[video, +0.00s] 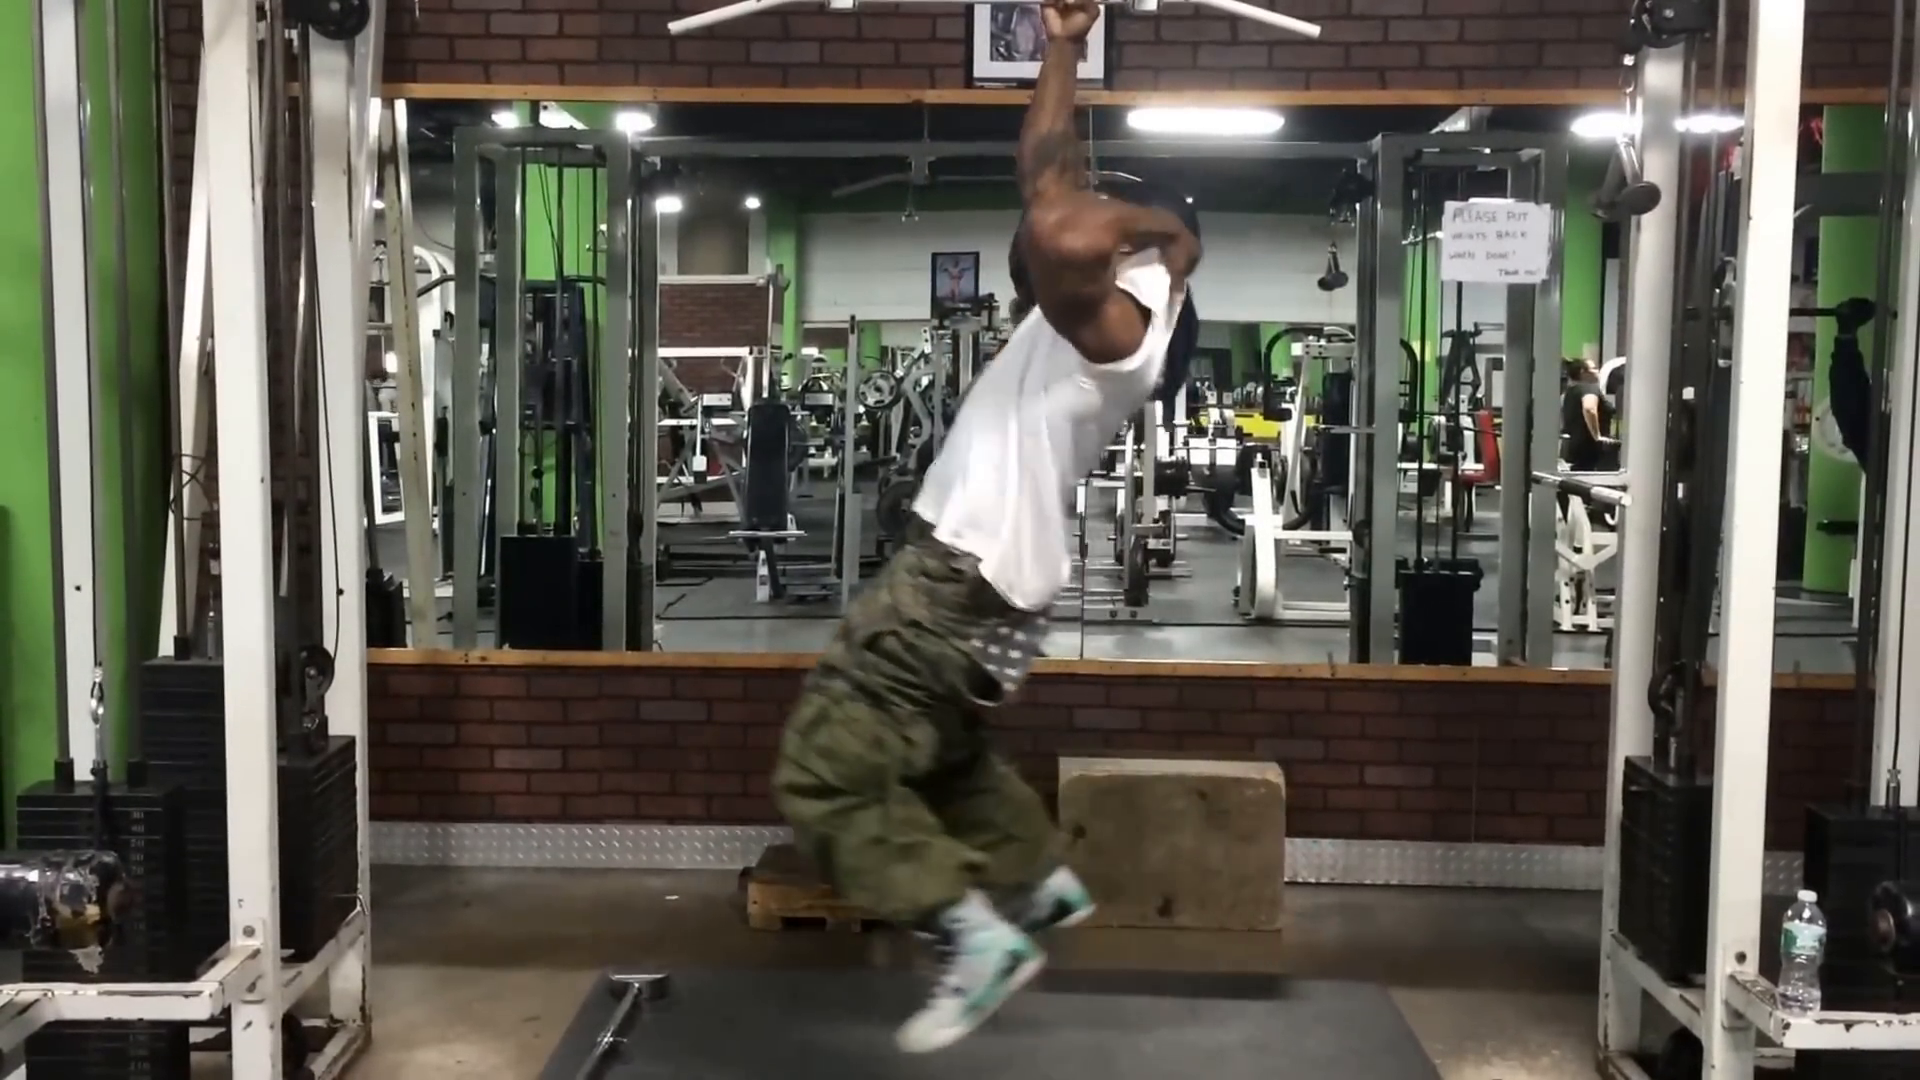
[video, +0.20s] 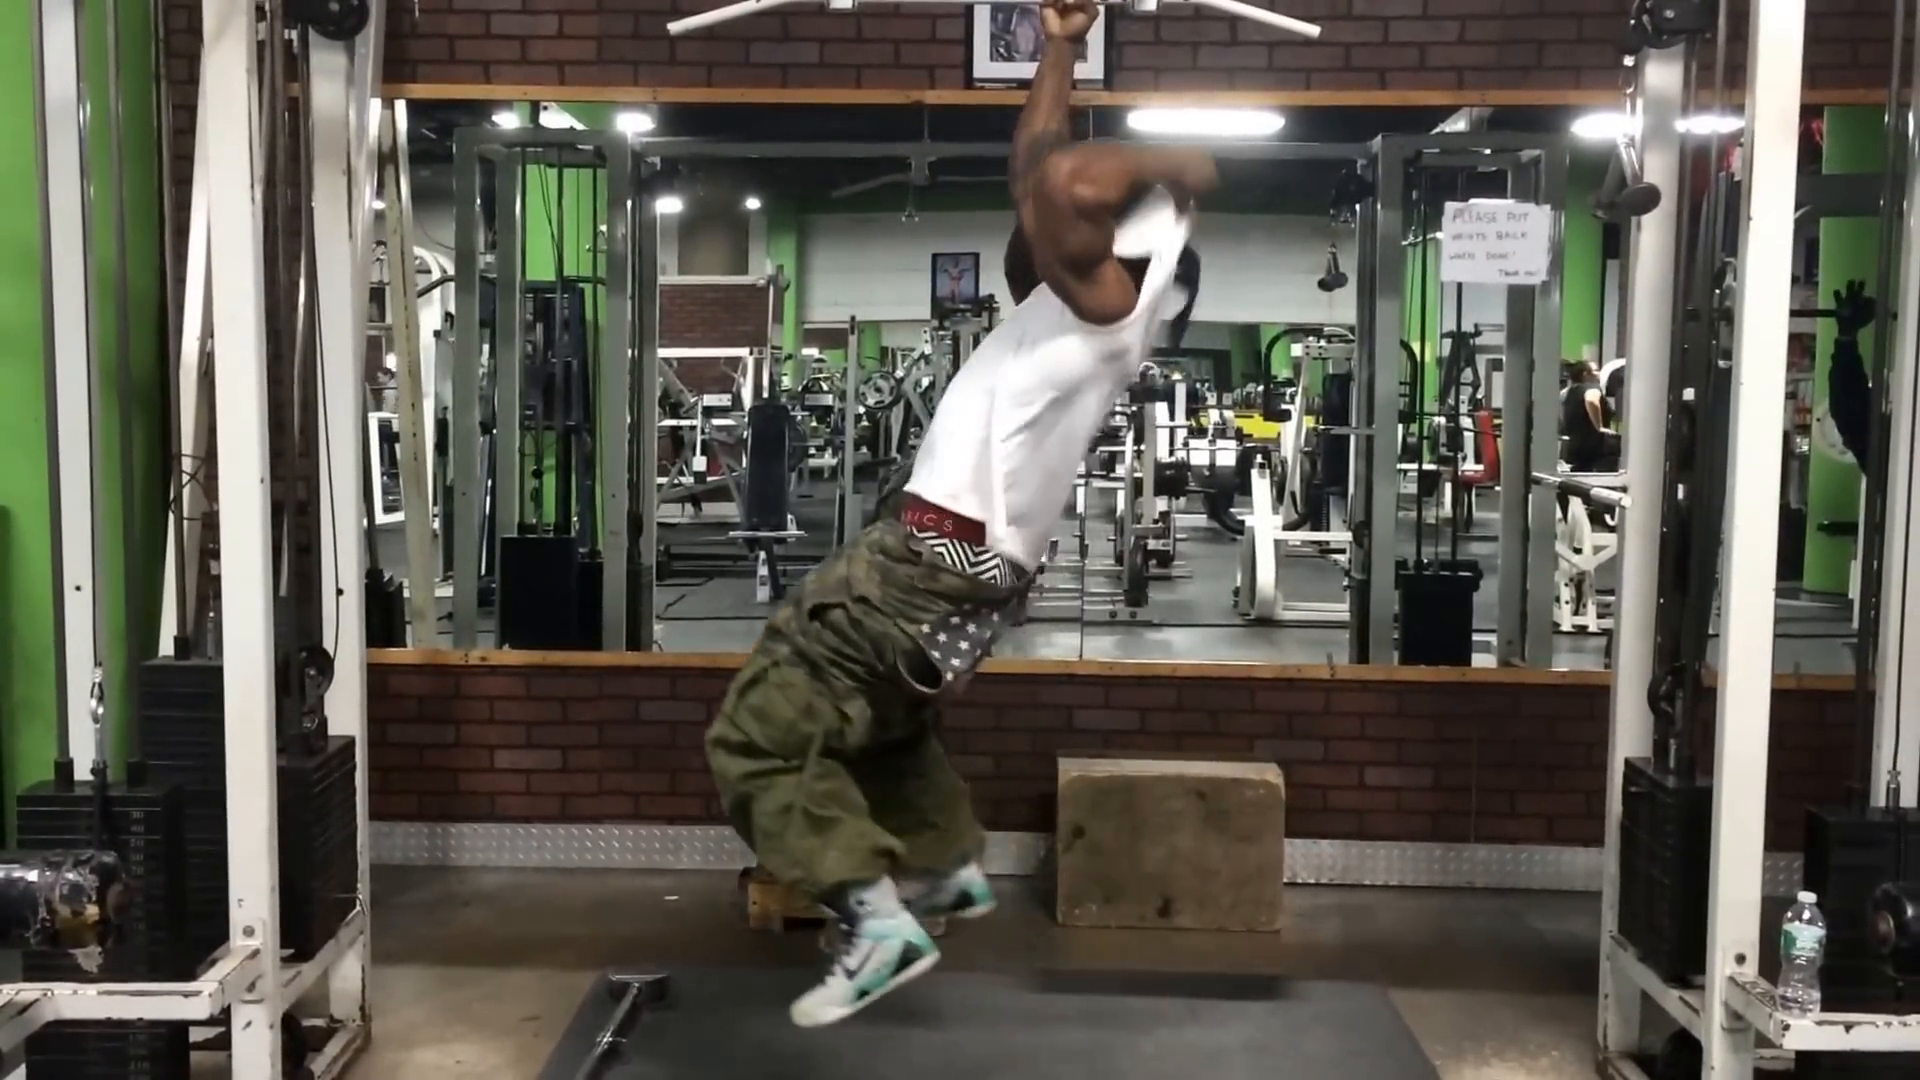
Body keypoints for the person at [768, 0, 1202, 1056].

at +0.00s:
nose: (1078, 244)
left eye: (1098, 231)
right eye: (1090, 229)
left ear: (1135, 255)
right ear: (1123, 247)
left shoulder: (1124, 335)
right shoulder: (1102, 318)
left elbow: (1053, 239)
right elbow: (1046, 176)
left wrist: (1161, 228)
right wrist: (1064, 44)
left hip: (963, 571)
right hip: (997, 581)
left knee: (827, 768)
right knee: (934, 741)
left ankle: (976, 939)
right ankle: (1035, 881)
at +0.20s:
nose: (1079, 203)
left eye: (1090, 191)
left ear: (1117, 212)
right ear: (1166, 237)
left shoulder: (1119, 299)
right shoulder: (1087, 298)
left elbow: (1064, 181)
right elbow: (1034, 175)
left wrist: (1178, 167)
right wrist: (1059, 50)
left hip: (933, 556)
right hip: (974, 568)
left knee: (759, 734)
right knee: (879, 715)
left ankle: (874, 924)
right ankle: (946, 870)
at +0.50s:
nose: (1066, 201)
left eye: (1076, 189)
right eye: (1073, 190)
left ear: (1117, 225)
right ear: (1139, 232)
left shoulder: (1110, 309)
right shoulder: (1097, 294)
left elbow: (979, 216)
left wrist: (1062, 128)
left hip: (977, 549)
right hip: (949, 519)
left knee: (782, 693)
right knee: (792, 599)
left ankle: (899, 876)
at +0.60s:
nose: (1086, 220)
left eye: (1097, 210)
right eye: (1095, 206)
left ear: (1118, 227)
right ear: (1144, 232)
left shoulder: (1156, 301)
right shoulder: (1101, 281)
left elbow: (1017, 212)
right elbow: (1035, 184)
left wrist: (1146, 153)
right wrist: (1056, 53)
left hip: (990, 558)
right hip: (950, 514)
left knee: (814, 721)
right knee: (800, 590)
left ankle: (946, 875)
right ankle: (843, 780)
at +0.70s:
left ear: (1157, 240)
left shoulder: (1167, 314)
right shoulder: (1108, 296)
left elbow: (1068, 197)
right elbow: (1037, 177)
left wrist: (1194, 214)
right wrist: (1057, 48)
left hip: (1007, 562)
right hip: (963, 517)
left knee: (858, 736)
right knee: (815, 589)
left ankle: (1003, 870)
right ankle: (831, 725)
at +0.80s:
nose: (1116, 202)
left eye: (1137, 194)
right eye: (1118, 188)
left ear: (1181, 228)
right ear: (1132, 217)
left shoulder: (1196, 316)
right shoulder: (1101, 282)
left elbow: (1152, 202)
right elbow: (1045, 187)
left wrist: (1199, 221)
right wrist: (1057, 48)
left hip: (1027, 575)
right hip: (969, 518)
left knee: (910, 752)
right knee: (839, 603)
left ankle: (1068, 872)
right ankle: (861, 735)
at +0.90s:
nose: (1153, 219)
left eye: (1180, 210)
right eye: (1158, 206)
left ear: (1216, 241)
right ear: (1154, 218)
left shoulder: (1219, 318)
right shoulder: (1121, 268)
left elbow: (1199, 211)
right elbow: (1043, 179)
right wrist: (1057, 46)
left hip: (1059, 573)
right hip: (991, 522)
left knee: (972, 777)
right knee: (862, 626)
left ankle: (1121, 865)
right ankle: (902, 751)